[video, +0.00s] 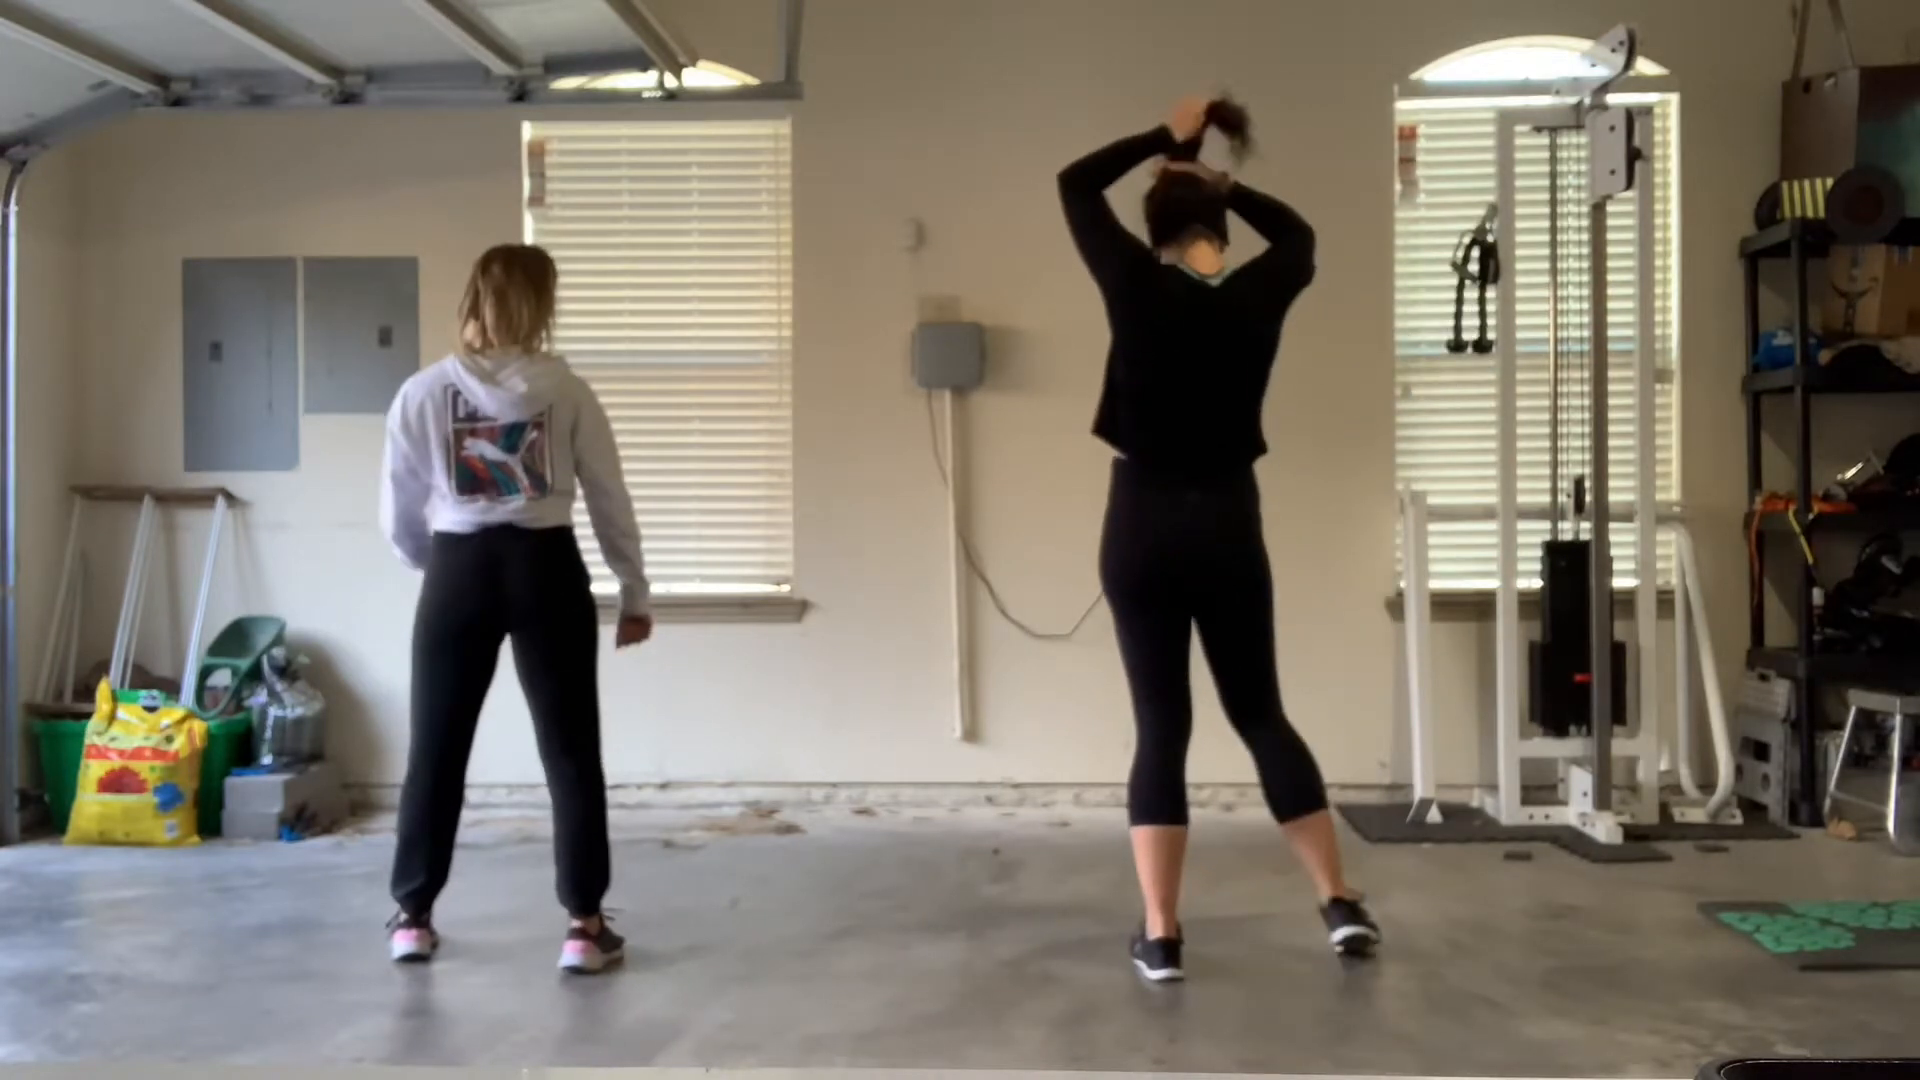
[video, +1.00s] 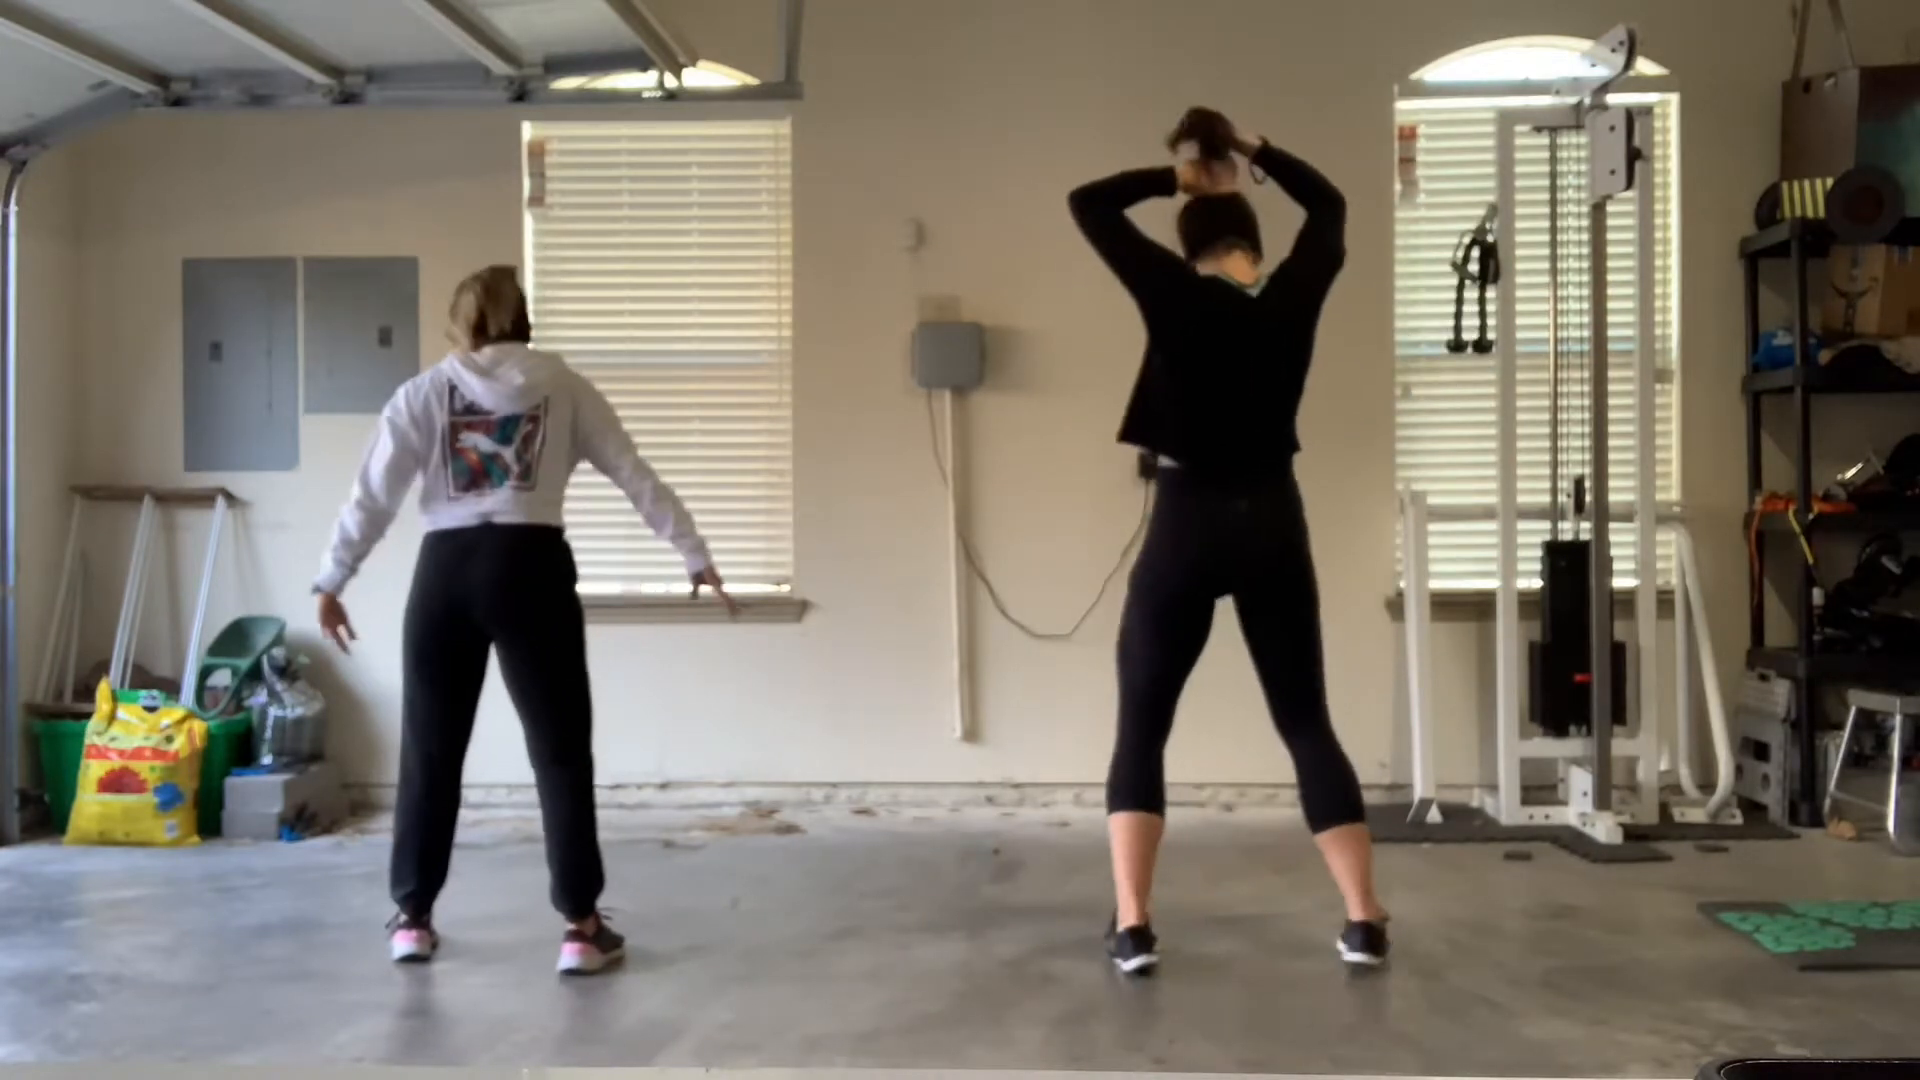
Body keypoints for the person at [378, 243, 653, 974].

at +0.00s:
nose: (551, 313)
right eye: (548, 300)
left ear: (473, 303)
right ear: (543, 306)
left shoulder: (423, 391)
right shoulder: (566, 387)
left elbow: (400, 518)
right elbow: (608, 497)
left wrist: (439, 563)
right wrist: (634, 590)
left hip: (457, 576)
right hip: (549, 574)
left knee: (435, 750)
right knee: (571, 753)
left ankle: (413, 918)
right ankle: (584, 925)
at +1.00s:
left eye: (459, 318)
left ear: (458, 323)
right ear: (524, 319)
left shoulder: (424, 391)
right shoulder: (562, 384)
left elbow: (374, 495)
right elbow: (634, 474)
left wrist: (331, 582)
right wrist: (696, 553)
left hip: (445, 577)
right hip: (535, 574)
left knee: (430, 752)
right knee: (561, 754)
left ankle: (412, 920)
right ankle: (581, 927)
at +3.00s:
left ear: (481, 369)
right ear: (541, 372)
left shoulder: (429, 409)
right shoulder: (567, 403)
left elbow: (347, 481)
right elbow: (604, 481)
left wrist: (268, 546)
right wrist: (621, 571)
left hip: (484, 575)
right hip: (573, 568)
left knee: (455, 751)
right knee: (588, 758)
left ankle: (414, 919)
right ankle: (585, 927)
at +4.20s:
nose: (589, 396)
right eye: (585, 386)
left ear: (517, 376)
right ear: (576, 382)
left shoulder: (454, 414)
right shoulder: (586, 409)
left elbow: (403, 512)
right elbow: (648, 491)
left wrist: (348, 596)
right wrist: (728, 564)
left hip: (457, 571)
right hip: (546, 568)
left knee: (442, 756)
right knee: (565, 755)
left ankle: (412, 921)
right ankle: (580, 926)